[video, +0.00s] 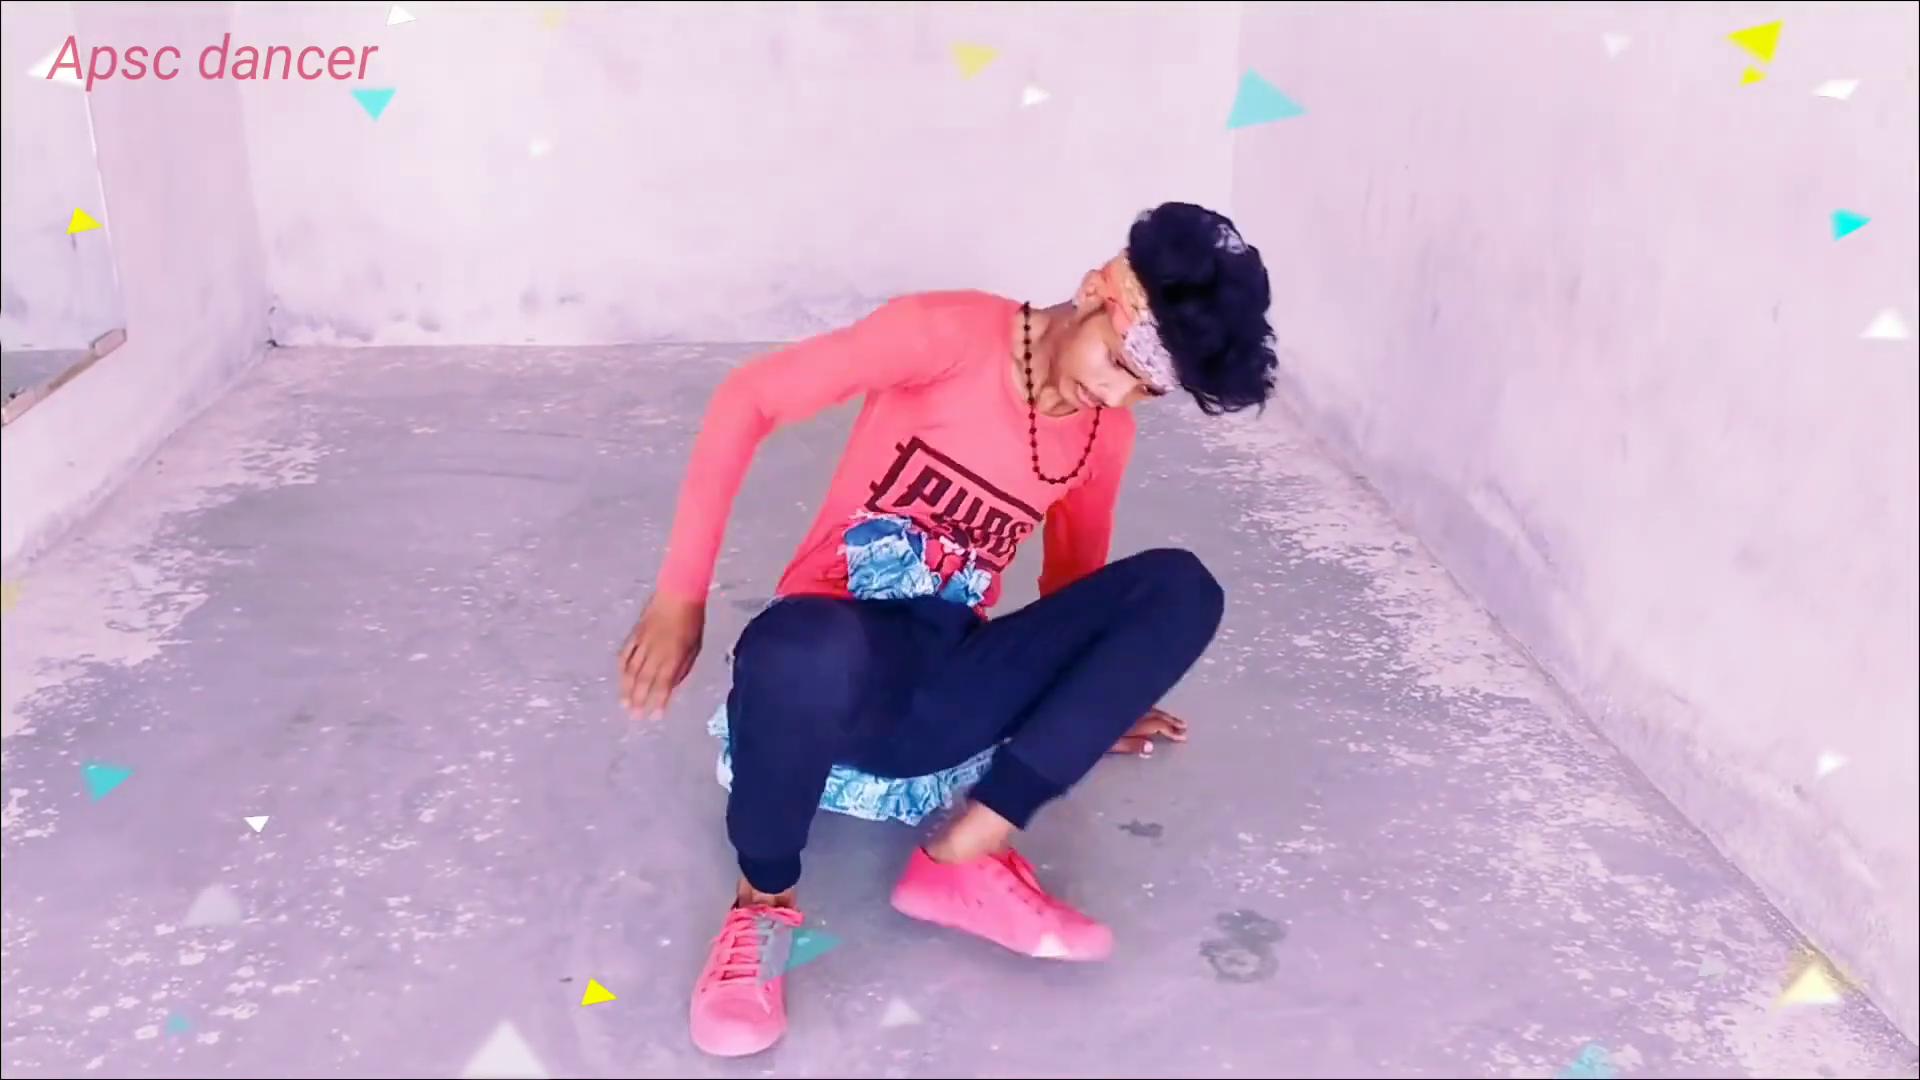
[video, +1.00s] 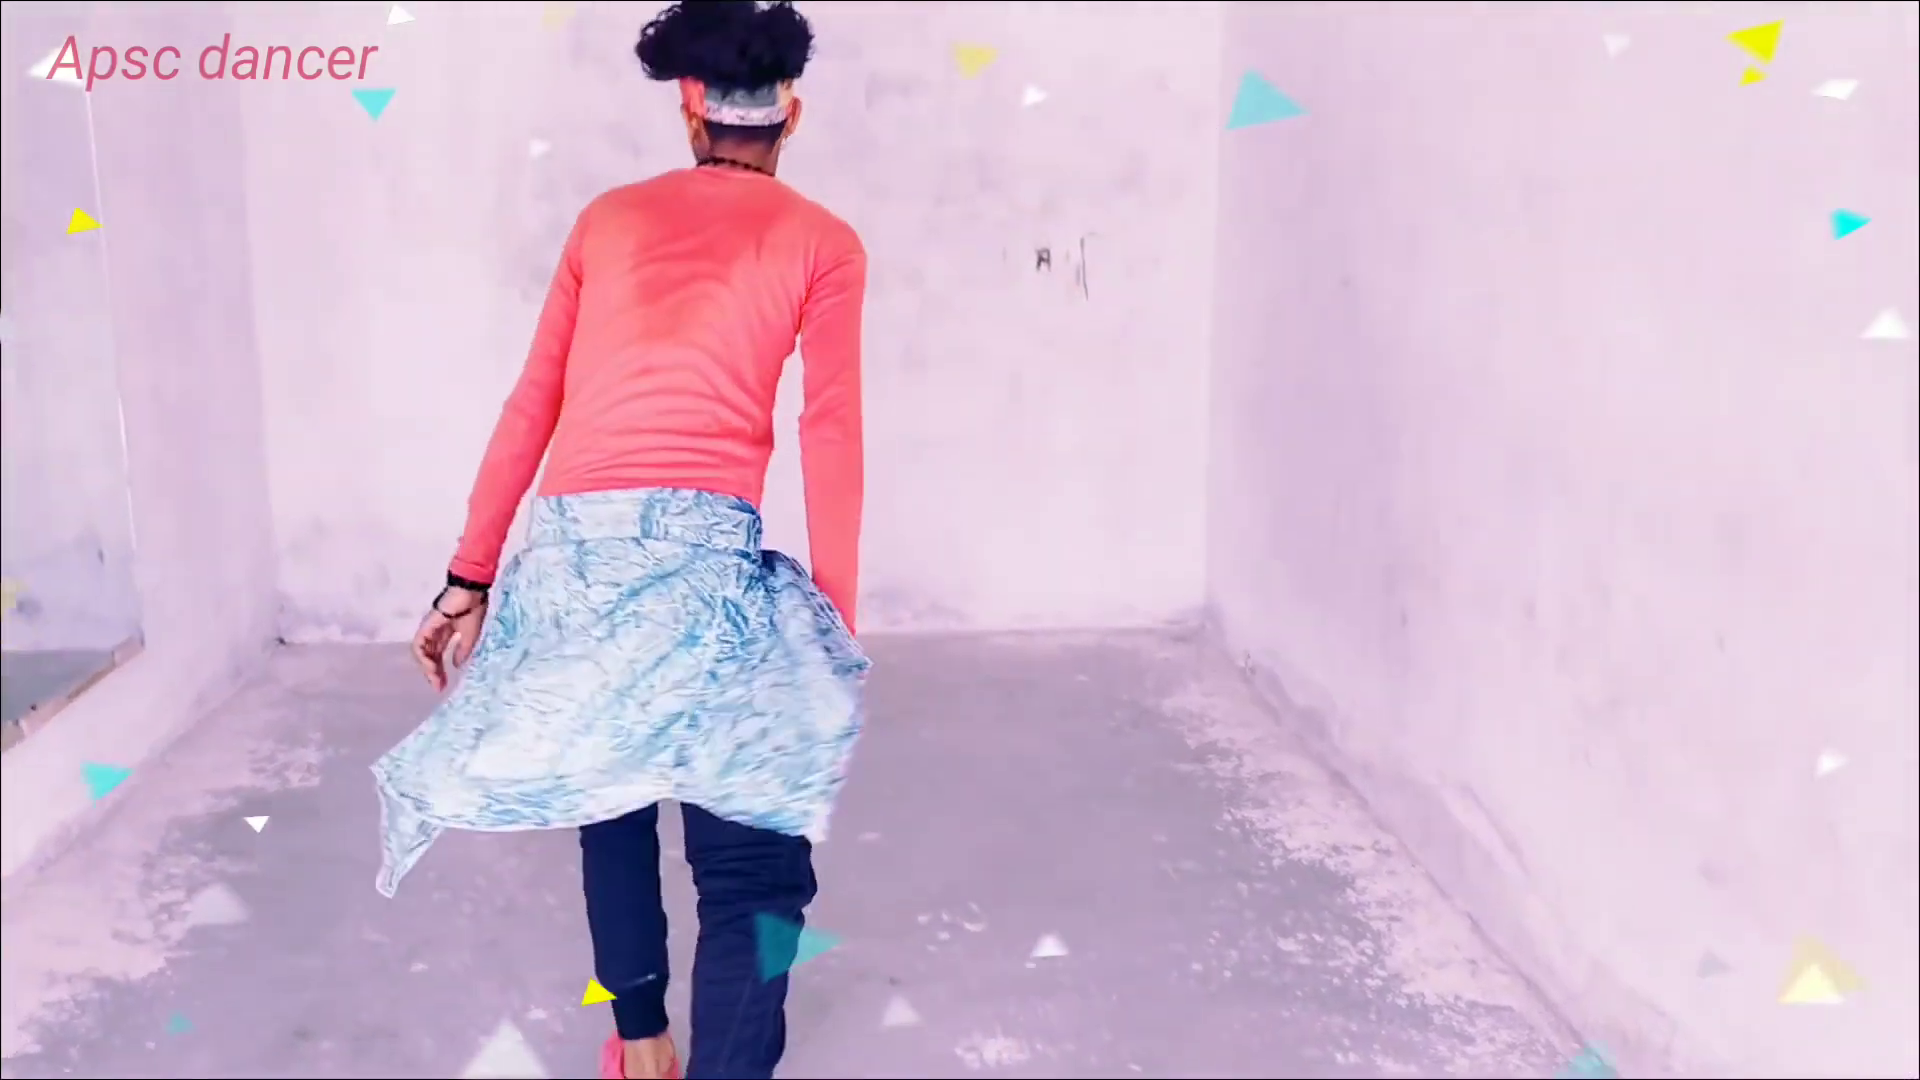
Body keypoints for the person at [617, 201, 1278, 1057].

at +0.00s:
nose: (1118, 400)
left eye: (1151, 391)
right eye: (1125, 362)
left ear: (1179, 389)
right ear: (1108, 288)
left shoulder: (1101, 430)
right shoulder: (948, 332)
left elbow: (1072, 584)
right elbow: (747, 399)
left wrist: (1095, 710)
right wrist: (678, 598)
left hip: (957, 677)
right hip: (842, 652)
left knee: (1183, 590)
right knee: (795, 646)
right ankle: (762, 904)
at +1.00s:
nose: (702, 106)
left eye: (688, 90)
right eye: (782, 91)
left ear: (686, 103)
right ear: (793, 107)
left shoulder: (607, 217)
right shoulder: (820, 241)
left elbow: (534, 402)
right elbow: (827, 428)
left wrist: (469, 575)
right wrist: (835, 616)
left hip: (562, 570)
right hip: (702, 576)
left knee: (611, 811)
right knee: (748, 878)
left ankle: (642, 1048)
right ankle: (730, 1069)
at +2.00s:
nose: (427, 205)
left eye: (430, 194)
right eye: (433, 192)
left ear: (442, 204)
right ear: (511, 189)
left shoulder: (460, 291)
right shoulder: (547, 248)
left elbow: (465, 423)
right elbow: (510, 164)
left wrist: (433, 544)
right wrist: (452, 88)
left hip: (518, 511)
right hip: (592, 496)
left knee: (471, 671)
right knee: (585, 661)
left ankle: (497, 847)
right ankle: (689, 792)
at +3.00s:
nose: (627, 190)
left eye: (641, 175)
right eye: (613, 174)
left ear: (663, 180)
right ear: (595, 180)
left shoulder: (693, 262)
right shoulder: (587, 259)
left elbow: (737, 364)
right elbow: (550, 324)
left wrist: (760, 470)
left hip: (702, 486)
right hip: (626, 491)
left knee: (771, 631)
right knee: (572, 637)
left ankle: (858, 782)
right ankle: (607, 788)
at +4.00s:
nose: (881, 244)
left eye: (893, 226)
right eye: (863, 228)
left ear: (912, 226)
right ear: (839, 230)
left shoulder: (946, 307)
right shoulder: (812, 313)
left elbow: (986, 410)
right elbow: (750, 421)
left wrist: (997, 515)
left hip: (923, 546)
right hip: (826, 543)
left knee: (982, 717)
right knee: (723, 702)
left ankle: (1001, 855)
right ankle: (704, 824)